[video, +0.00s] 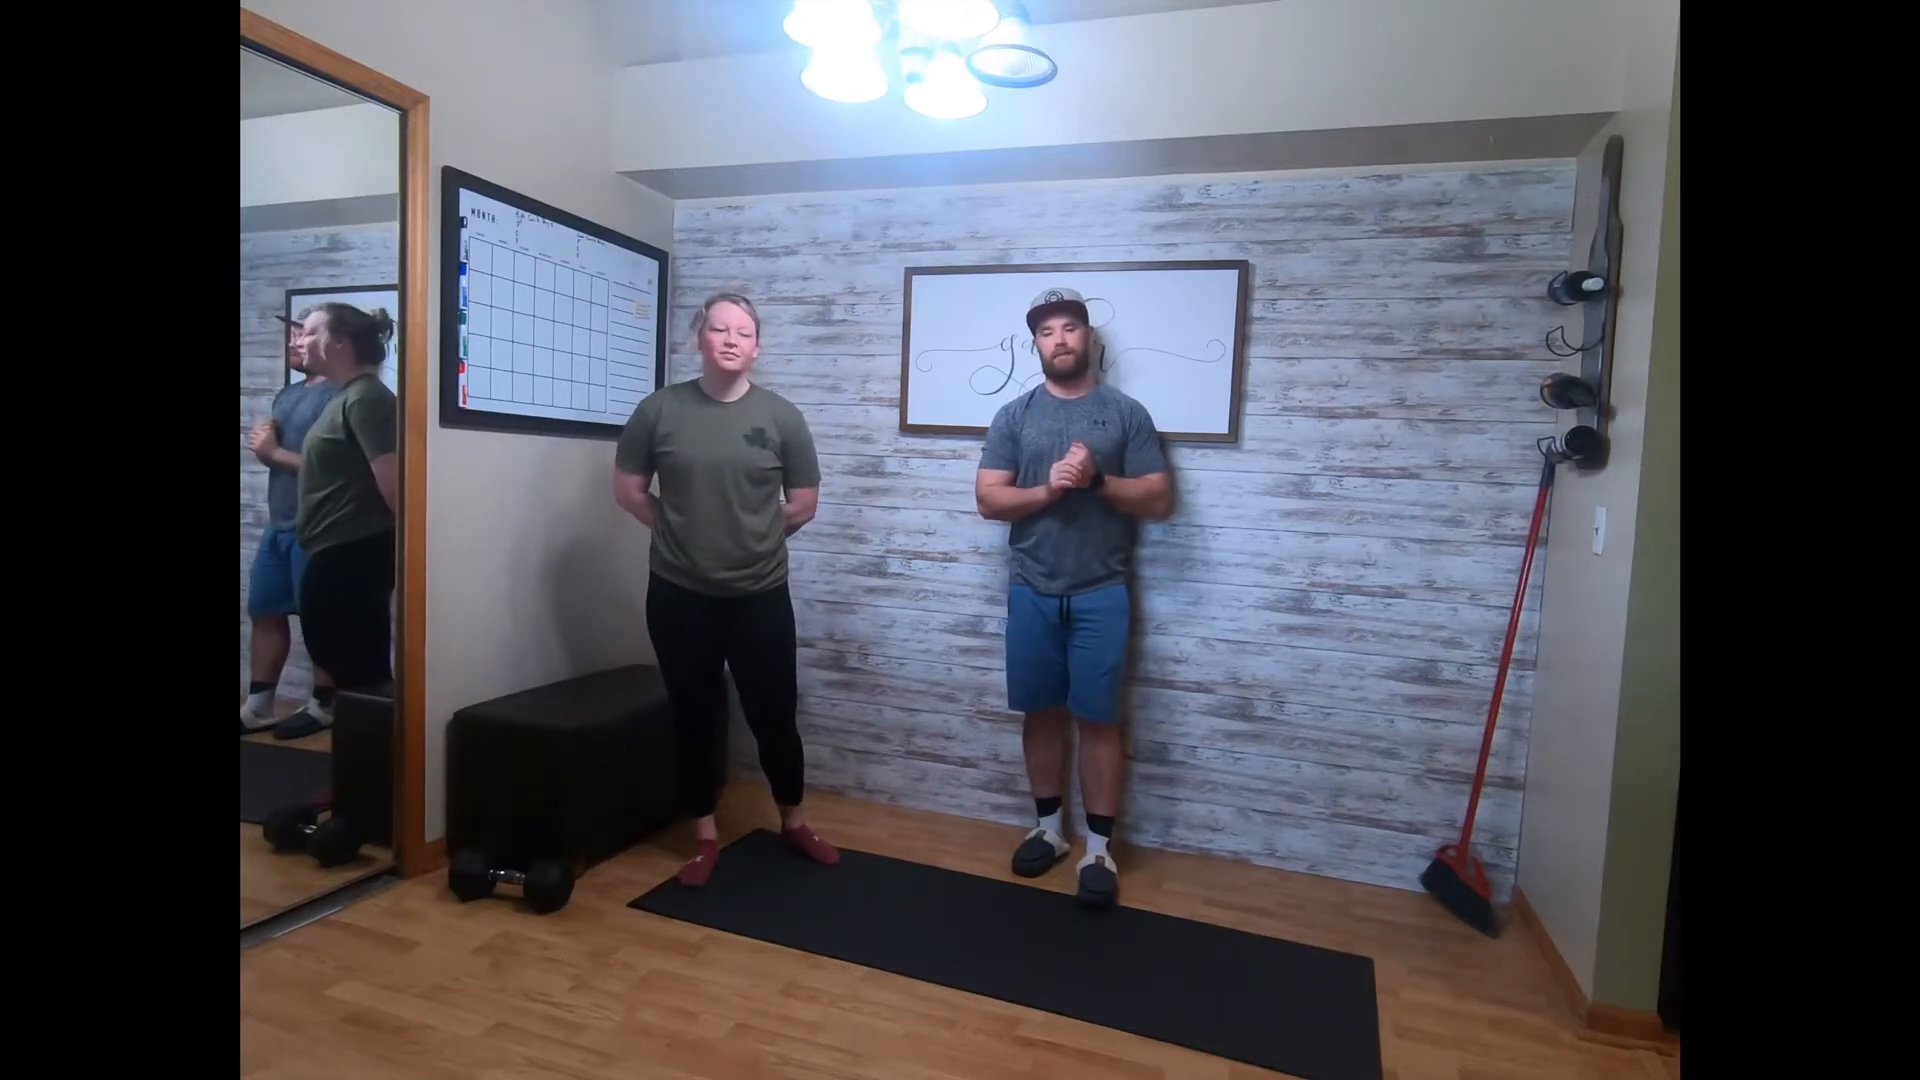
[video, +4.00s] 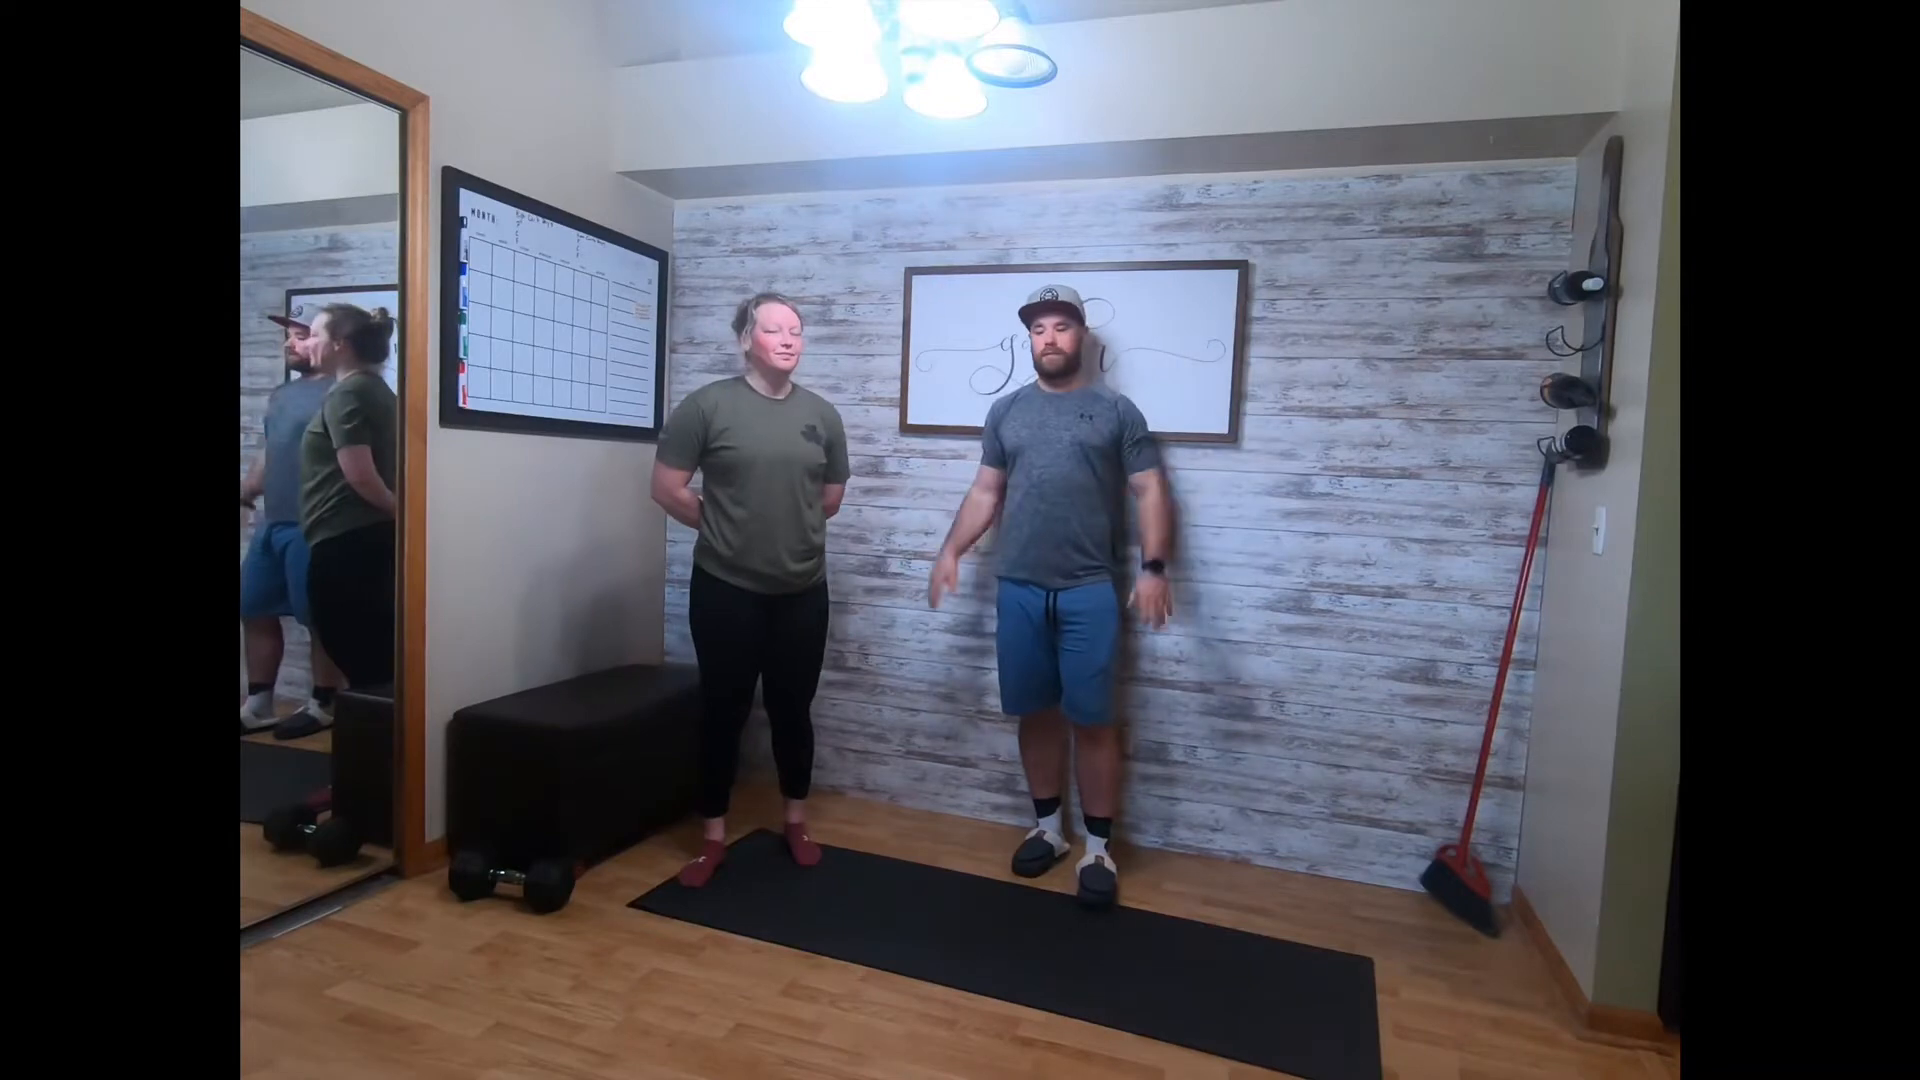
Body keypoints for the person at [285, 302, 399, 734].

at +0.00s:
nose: (303, 342)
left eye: (312, 334)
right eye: (304, 334)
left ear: (342, 341)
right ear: (345, 344)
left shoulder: (367, 399)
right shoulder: (345, 399)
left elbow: (398, 493)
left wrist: (422, 555)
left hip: (355, 550)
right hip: (338, 548)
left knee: (355, 665)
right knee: (349, 663)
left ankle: (370, 769)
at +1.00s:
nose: (306, 343)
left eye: (313, 335)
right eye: (308, 335)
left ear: (338, 344)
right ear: (345, 345)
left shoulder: (348, 396)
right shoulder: (380, 391)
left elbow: (373, 484)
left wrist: (421, 517)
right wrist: (422, 515)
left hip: (350, 545)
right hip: (373, 540)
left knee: (357, 658)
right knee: (366, 655)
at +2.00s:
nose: (326, 362)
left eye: (330, 352)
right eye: (325, 354)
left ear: (355, 350)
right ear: (357, 352)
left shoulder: (383, 400)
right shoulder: (367, 400)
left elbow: (407, 474)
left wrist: (409, 540)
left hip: (376, 544)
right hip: (358, 542)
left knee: (370, 646)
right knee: (364, 644)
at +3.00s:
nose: (317, 351)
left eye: (326, 341)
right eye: (315, 343)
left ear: (357, 344)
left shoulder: (374, 395)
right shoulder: (354, 396)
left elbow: (402, 480)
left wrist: (420, 539)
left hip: (366, 543)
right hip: (347, 543)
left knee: (369, 656)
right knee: (364, 655)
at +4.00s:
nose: (308, 344)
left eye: (314, 335)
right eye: (310, 335)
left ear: (340, 343)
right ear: (349, 344)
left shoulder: (346, 395)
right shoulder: (379, 391)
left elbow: (361, 476)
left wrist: (404, 511)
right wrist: (406, 511)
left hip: (345, 542)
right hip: (372, 537)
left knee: (358, 659)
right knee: (374, 653)